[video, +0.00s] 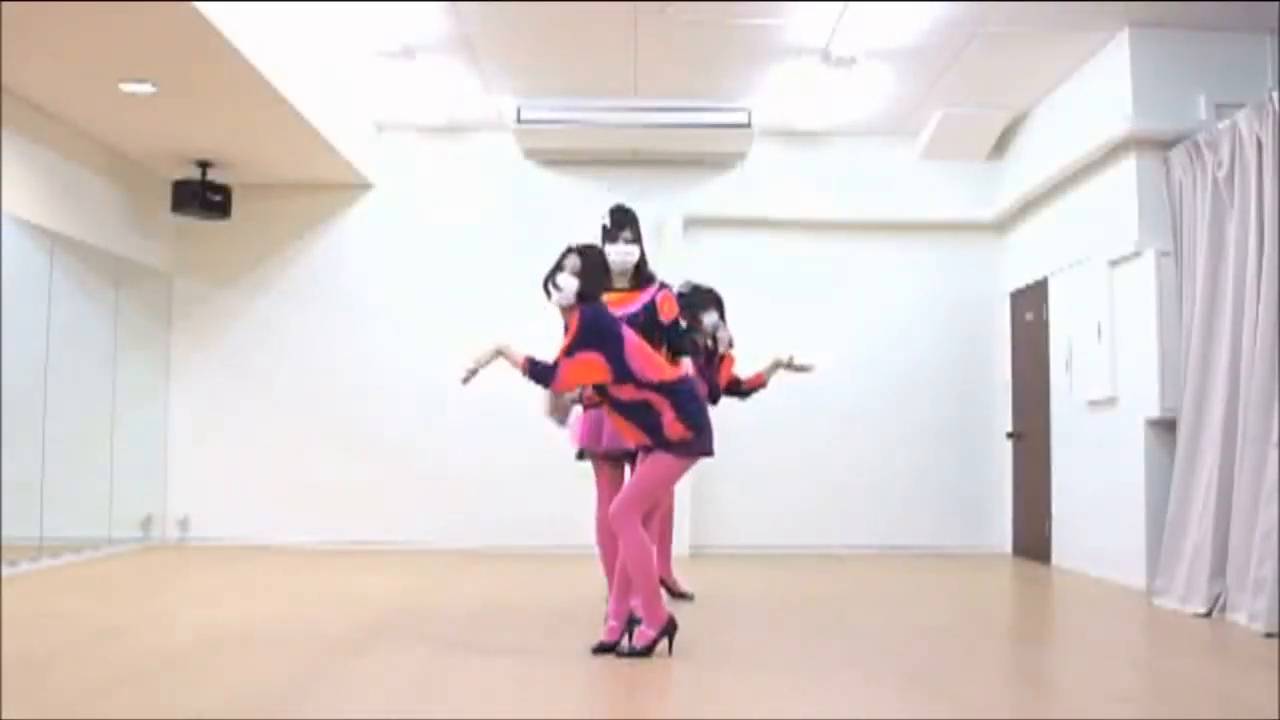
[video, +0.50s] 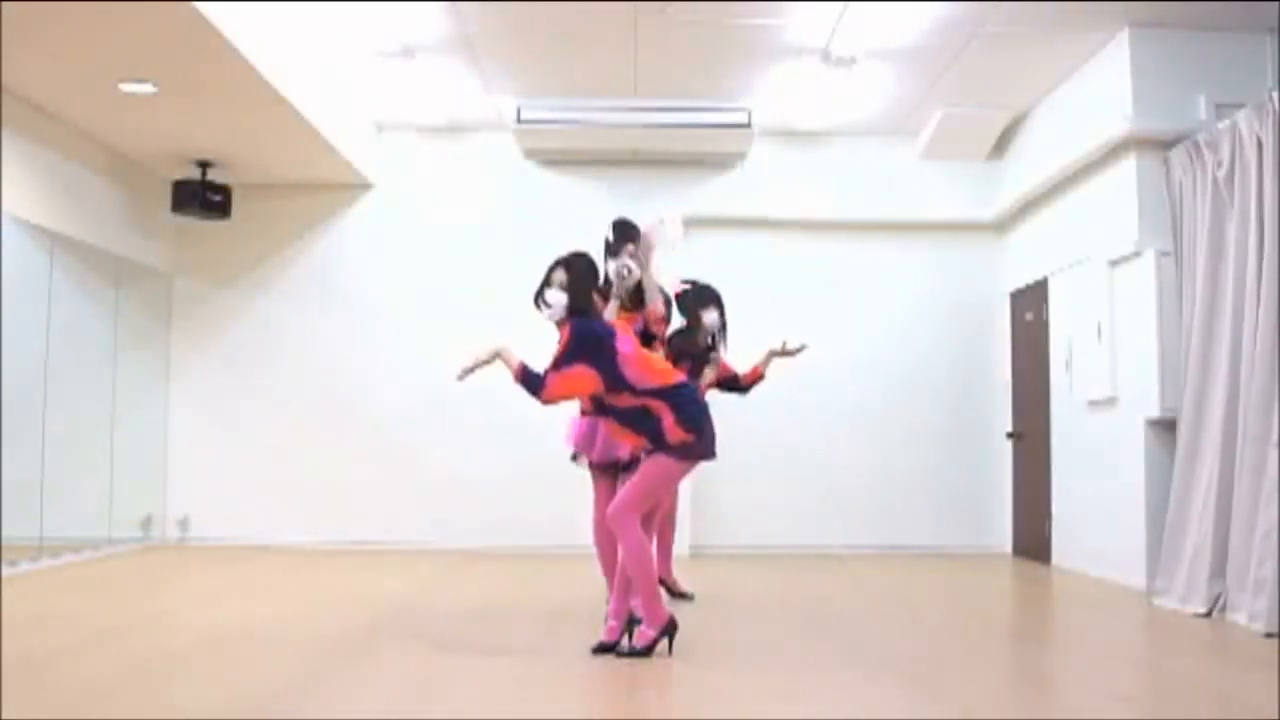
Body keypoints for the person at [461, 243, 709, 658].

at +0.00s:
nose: (561, 280)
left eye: (571, 274)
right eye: (560, 271)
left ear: (588, 282)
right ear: (554, 276)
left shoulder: (595, 321)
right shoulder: (582, 323)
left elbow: (559, 378)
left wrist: (505, 352)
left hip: (683, 430)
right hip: (658, 431)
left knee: (624, 512)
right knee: (614, 518)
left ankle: (655, 617)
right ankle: (622, 617)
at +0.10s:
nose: (559, 284)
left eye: (569, 277)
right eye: (557, 274)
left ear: (587, 286)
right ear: (550, 280)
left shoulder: (593, 325)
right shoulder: (577, 327)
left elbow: (558, 382)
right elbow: (557, 377)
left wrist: (506, 351)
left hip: (683, 431)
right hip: (658, 432)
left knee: (624, 513)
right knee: (616, 518)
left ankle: (655, 617)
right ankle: (623, 616)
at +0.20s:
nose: (553, 288)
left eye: (564, 281)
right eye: (553, 278)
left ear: (582, 289)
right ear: (549, 282)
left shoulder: (591, 330)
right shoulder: (580, 328)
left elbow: (551, 386)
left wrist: (505, 352)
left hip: (682, 432)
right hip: (659, 432)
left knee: (623, 513)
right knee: (618, 518)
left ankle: (654, 616)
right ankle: (624, 616)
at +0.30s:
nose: (550, 291)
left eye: (561, 284)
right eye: (550, 281)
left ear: (580, 291)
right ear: (549, 283)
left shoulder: (590, 332)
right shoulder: (583, 328)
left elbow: (550, 389)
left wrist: (504, 354)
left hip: (683, 433)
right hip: (659, 432)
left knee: (623, 512)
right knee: (617, 518)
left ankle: (654, 616)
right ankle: (624, 615)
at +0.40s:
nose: (546, 295)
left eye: (556, 286)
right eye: (548, 285)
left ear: (574, 292)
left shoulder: (588, 335)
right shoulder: (582, 332)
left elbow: (548, 391)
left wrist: (504, 356)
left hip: (683, 433)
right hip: (662, 432)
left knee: (623, 514)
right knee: (614, 519)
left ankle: (654, 616)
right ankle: (623, 616)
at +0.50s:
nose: (547, 295)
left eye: (556, 287)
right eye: (547, 285)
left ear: (574, 292)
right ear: (587, 293)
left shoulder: (588, 337)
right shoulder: (582, 333)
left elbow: (548, 391)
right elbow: (552, 387)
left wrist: (504, 357)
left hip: (684, 434)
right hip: (665, 433)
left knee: (623, 514)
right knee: (615, 519)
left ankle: (655, 616)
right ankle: (622, 616)